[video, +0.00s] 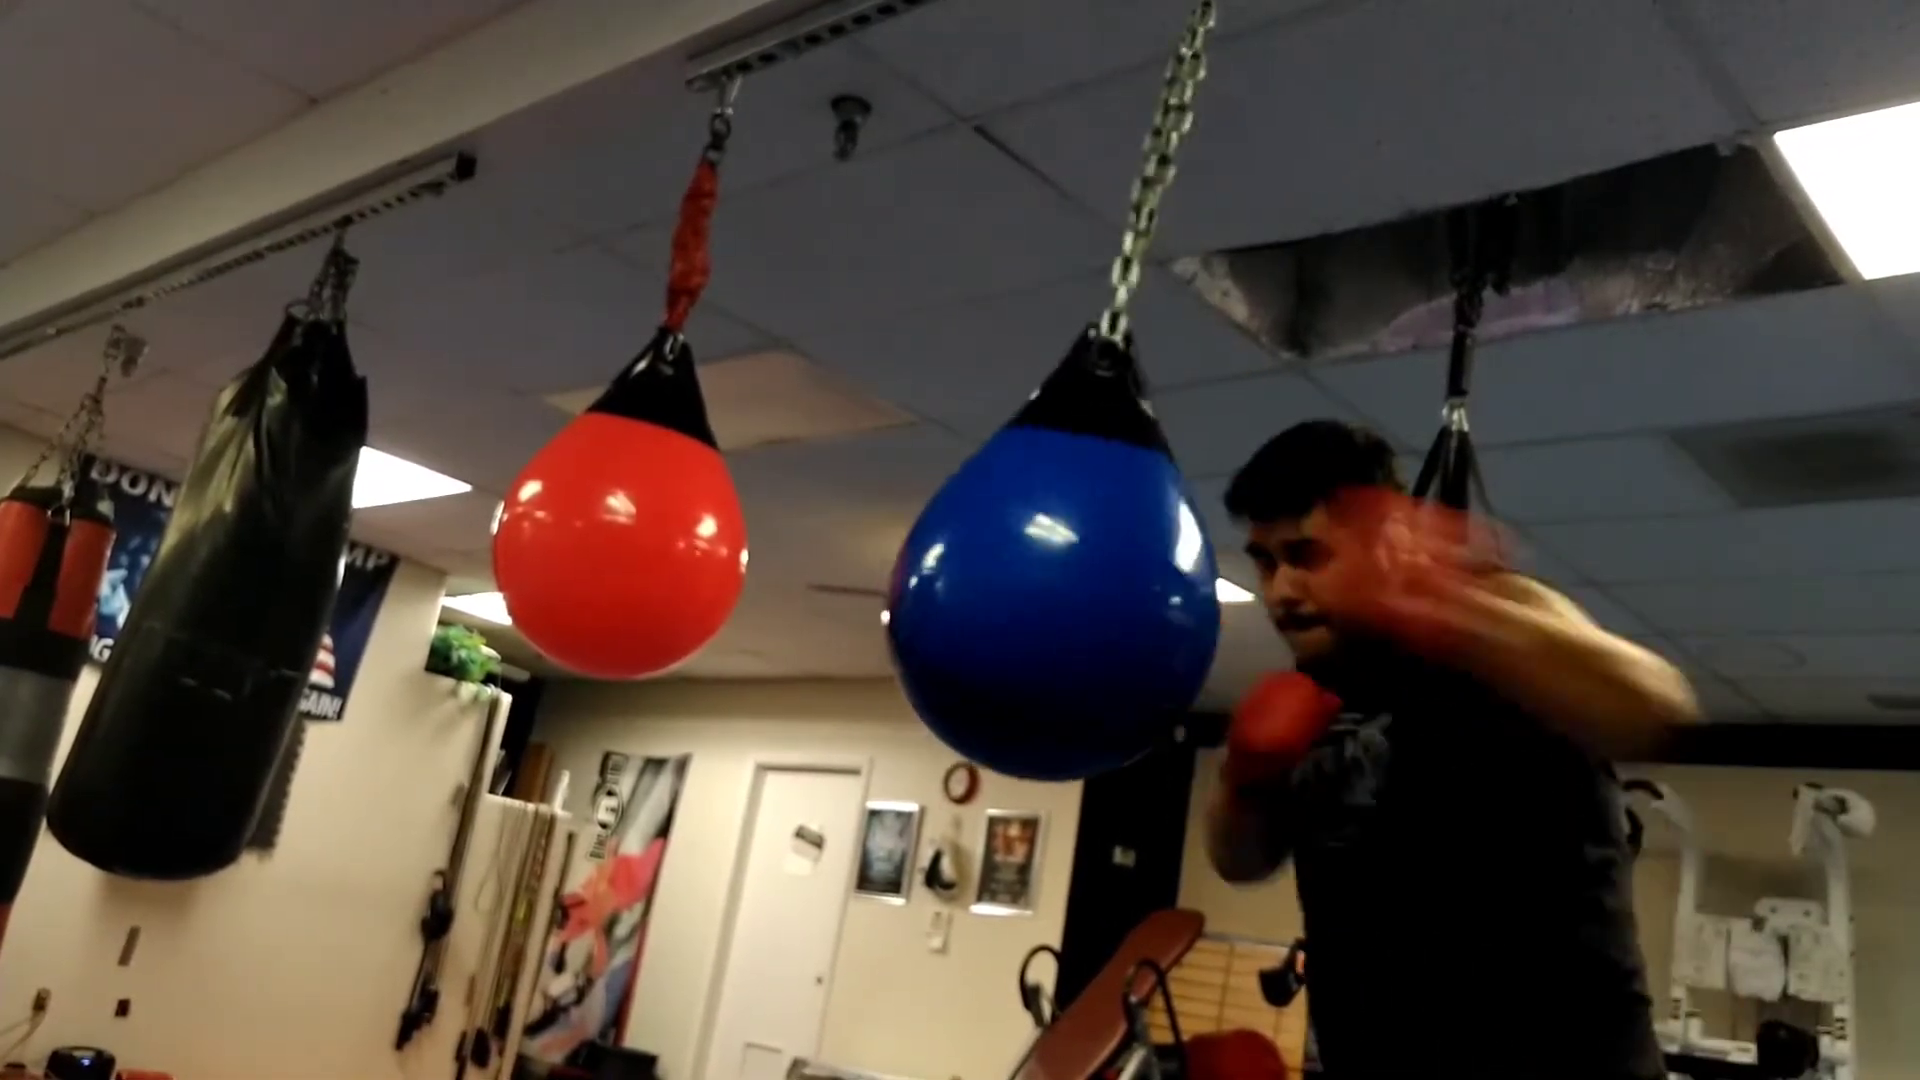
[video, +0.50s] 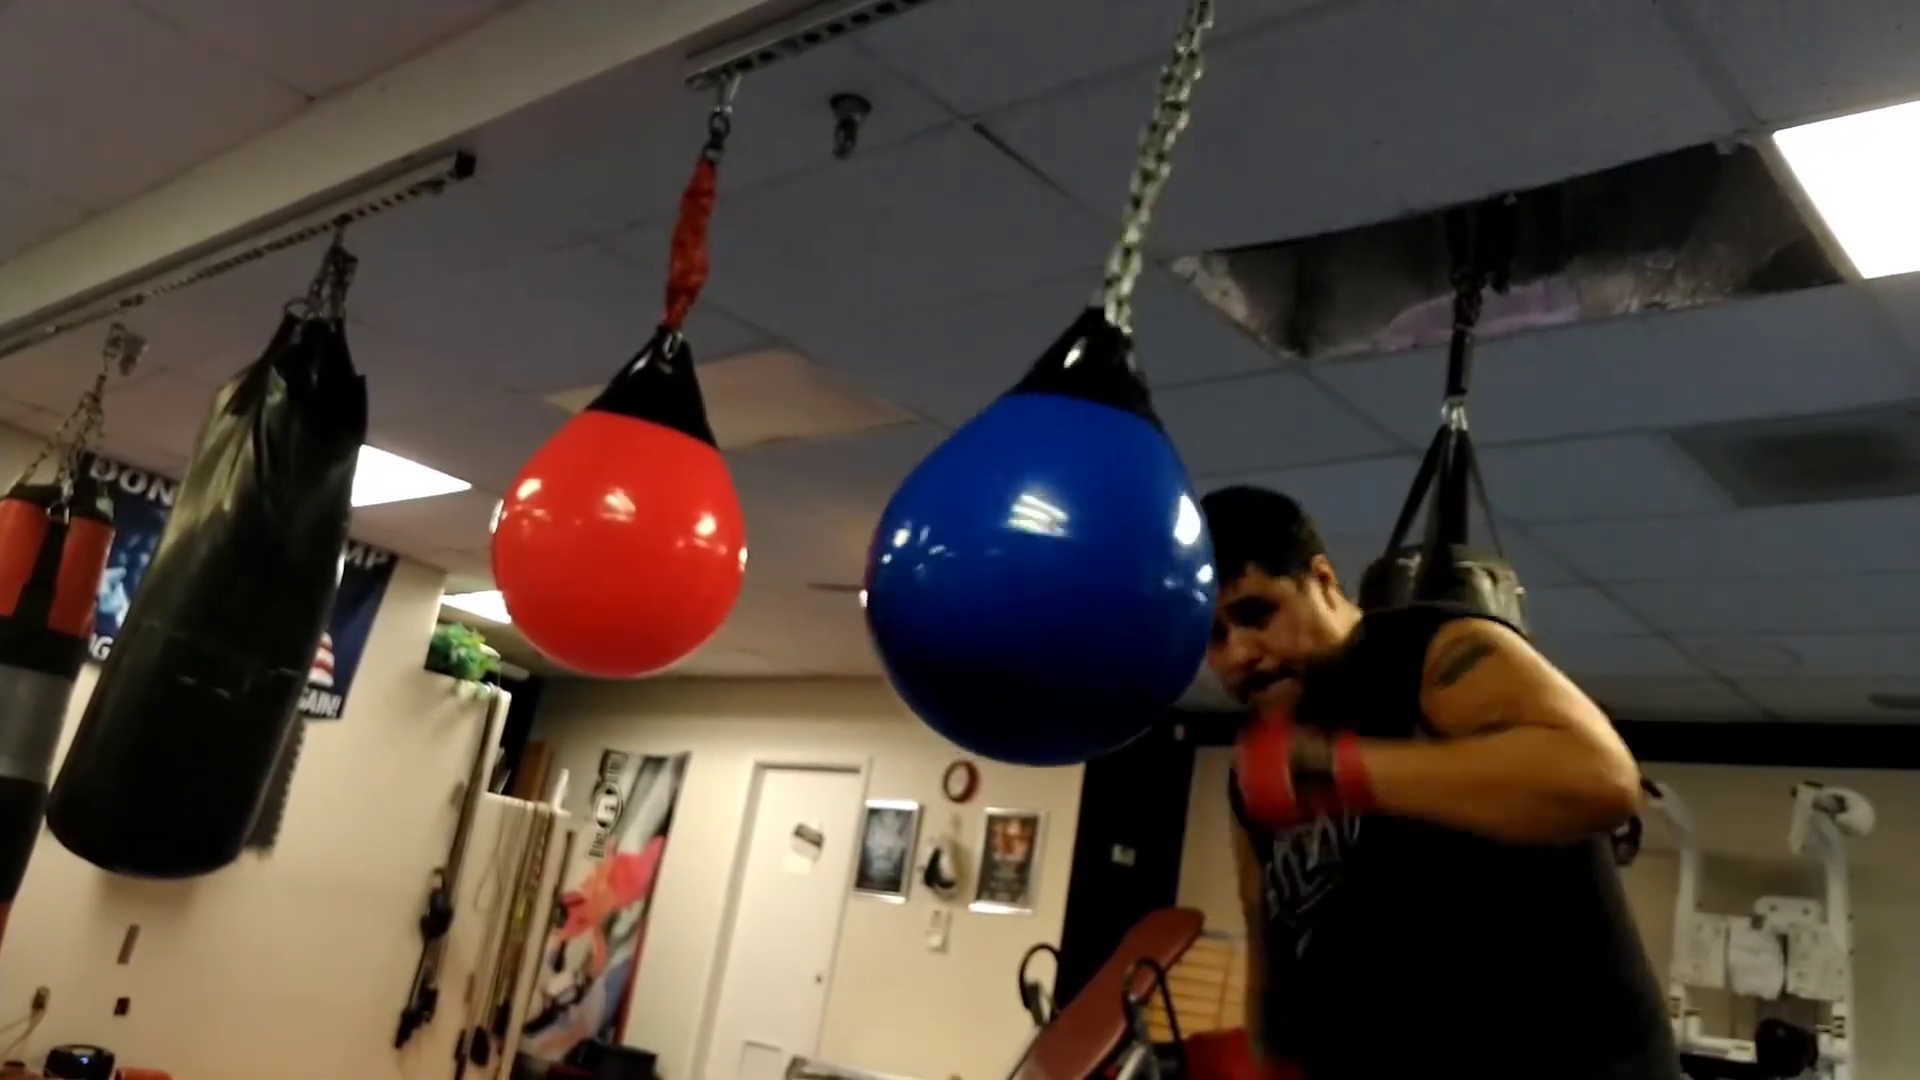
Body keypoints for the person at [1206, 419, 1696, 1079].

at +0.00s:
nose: (1279, 590)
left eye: (1306, 555)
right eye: (1265, 564)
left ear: (1390, 542)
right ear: (1251, 566)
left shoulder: (1501, 627)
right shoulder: (1309, 716)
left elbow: (1664, 715)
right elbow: (1239, 864)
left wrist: (1451, 603)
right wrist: (1247, 776)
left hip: (1556, 1074)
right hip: (1379, 1075)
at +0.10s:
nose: (1256, 598)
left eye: (1284, 563)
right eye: (1241, 575)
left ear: (1375, 540)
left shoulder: (1448, 592)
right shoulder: (1330, 690)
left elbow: (1574, 679)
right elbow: (1289, 893)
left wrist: (1329, 585)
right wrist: (1268, 822)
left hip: (1540, 1070)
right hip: (1377, 1074)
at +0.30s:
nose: (1244, 636)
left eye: (1269, 599)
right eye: (1226, 611)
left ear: (1346, 575)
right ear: (1215, 613)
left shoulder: (1494, 674)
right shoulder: (1290, 729)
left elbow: (1620, 844)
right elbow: (1284, 966)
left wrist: (1377, 867)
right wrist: (1243, 850)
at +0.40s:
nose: (1229, 655)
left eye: (1248, 617)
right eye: (1206, 633)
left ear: (1320, 582)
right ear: (1192, 637)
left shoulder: (1443, 659)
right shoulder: (1278, 750)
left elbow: (1612, 787)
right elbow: (1296, 978)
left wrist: (1378, 876)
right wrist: (1257, 926)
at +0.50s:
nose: (1236, 654)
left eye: (1254, 615)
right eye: (1212, 635)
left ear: (1324, 582)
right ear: (1197, 648)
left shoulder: (1444, 649)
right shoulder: (1262, 762)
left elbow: (1600, 779)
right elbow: (1269, 956)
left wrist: (1337, 768)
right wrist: (1267, 1056)